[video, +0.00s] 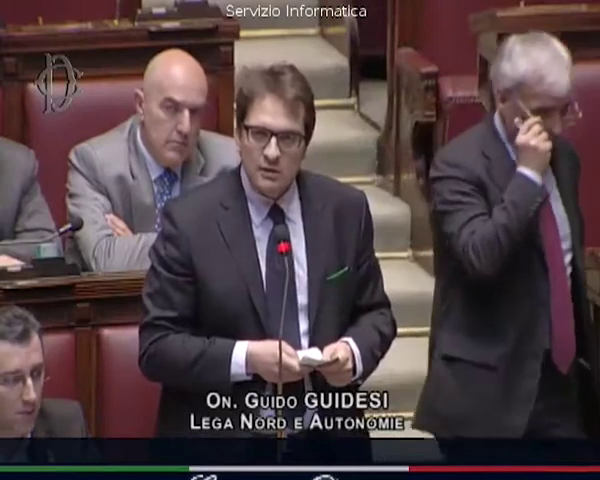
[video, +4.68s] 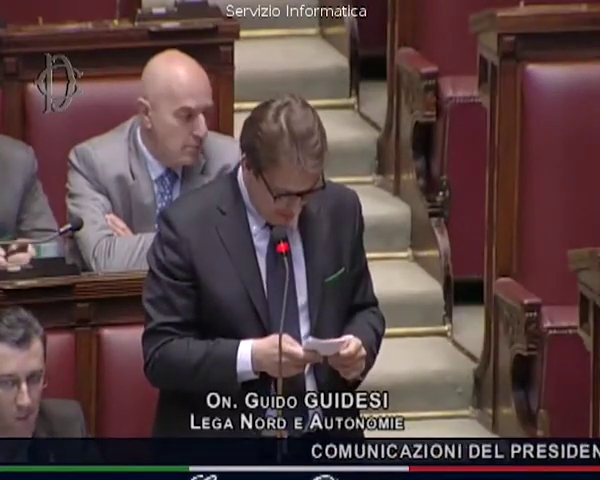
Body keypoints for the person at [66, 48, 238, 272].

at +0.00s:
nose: (185, 127)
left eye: (195, 111)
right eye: (170, 108)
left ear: (204, 108)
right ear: (140, 104)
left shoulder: (230, 157)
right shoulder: (91, 161)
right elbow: (105, 259)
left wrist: (138, 251)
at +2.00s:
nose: (187, 125)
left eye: (197, 109)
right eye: (172, 107)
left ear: (205, 108)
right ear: (140, 104)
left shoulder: (226, 155)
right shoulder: (91, 161)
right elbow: (105, 260)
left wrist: (137, 247)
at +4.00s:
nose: (187, 126)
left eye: (197, 110)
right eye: (172, 107)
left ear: (204, 108)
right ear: (140, 104)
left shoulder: (231, 157)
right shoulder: (91, 161)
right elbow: (105, 259)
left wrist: (137, 251)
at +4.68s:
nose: (201, 131)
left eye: (206, 113)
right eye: (185, 116)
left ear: (210, 105)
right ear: (146, 113)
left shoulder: (230, 156)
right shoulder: (91, 161)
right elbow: (105, 259)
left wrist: (139, 251)